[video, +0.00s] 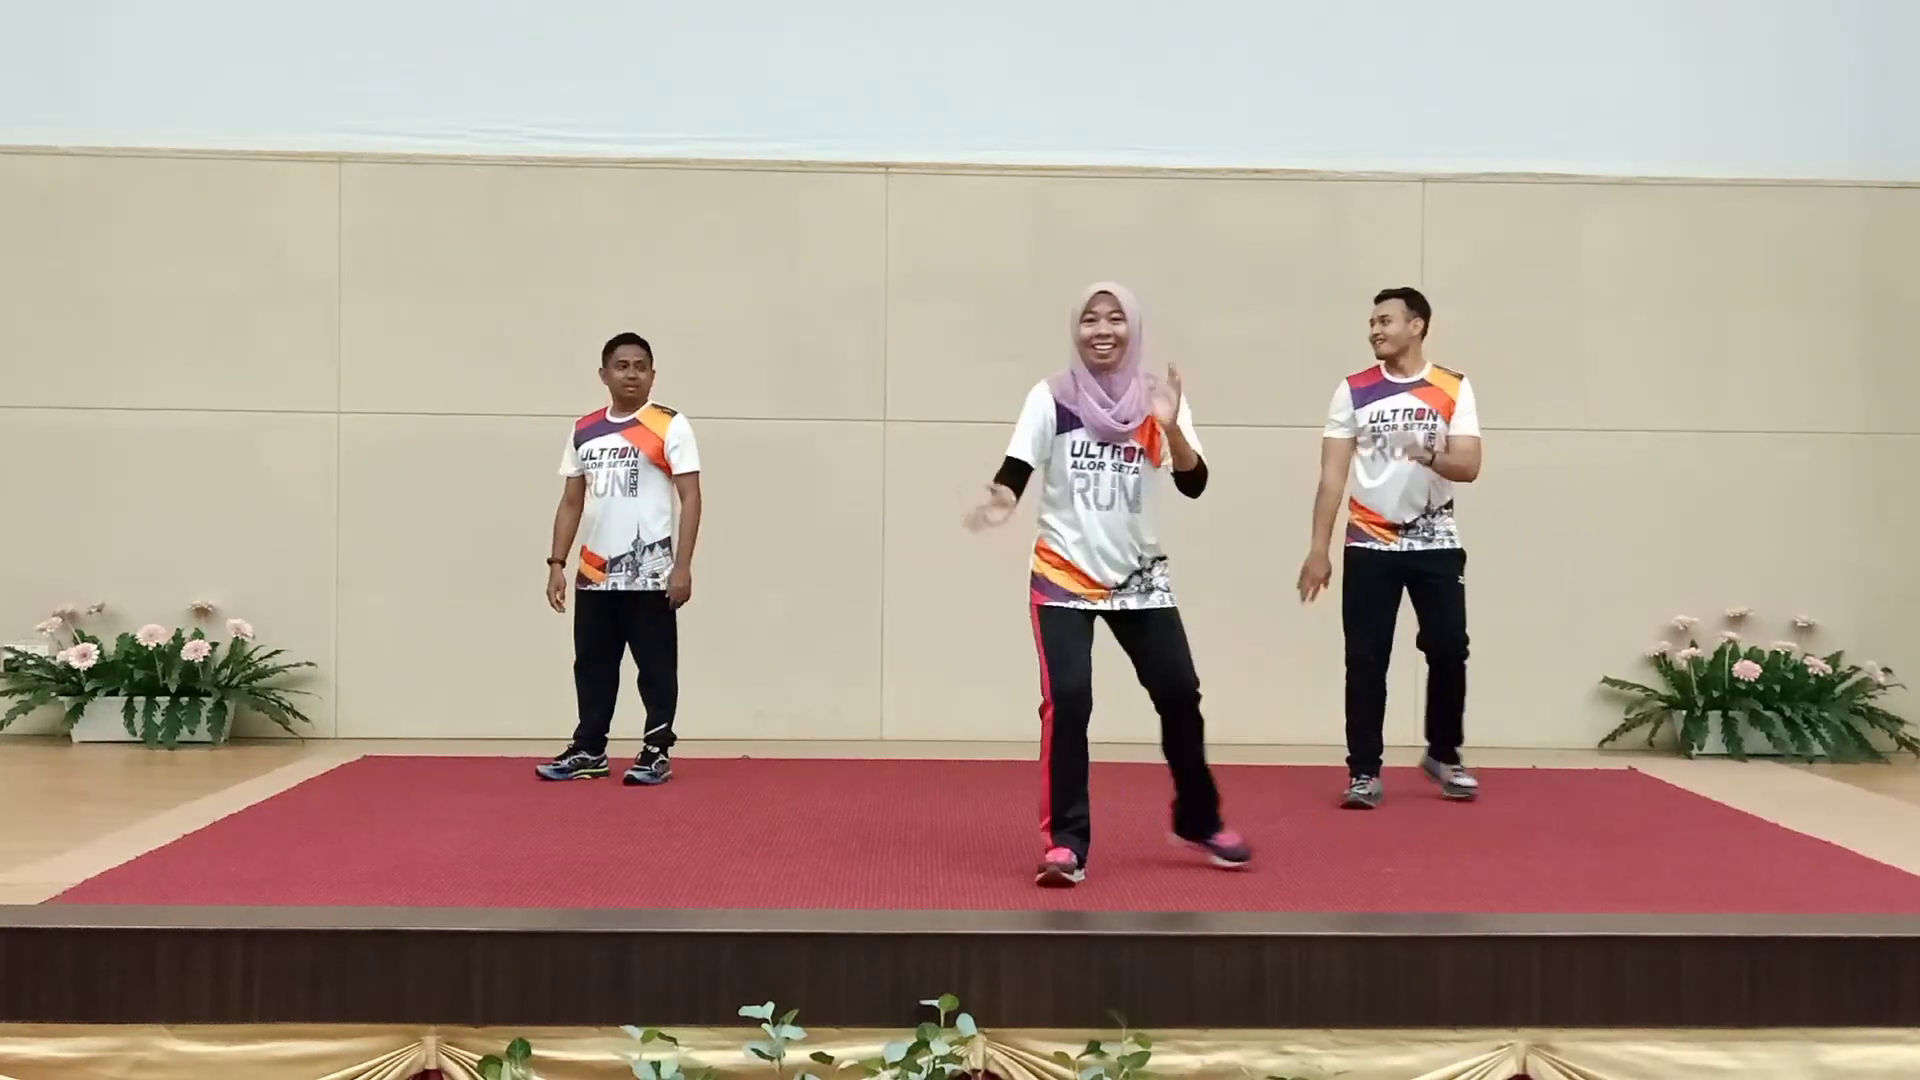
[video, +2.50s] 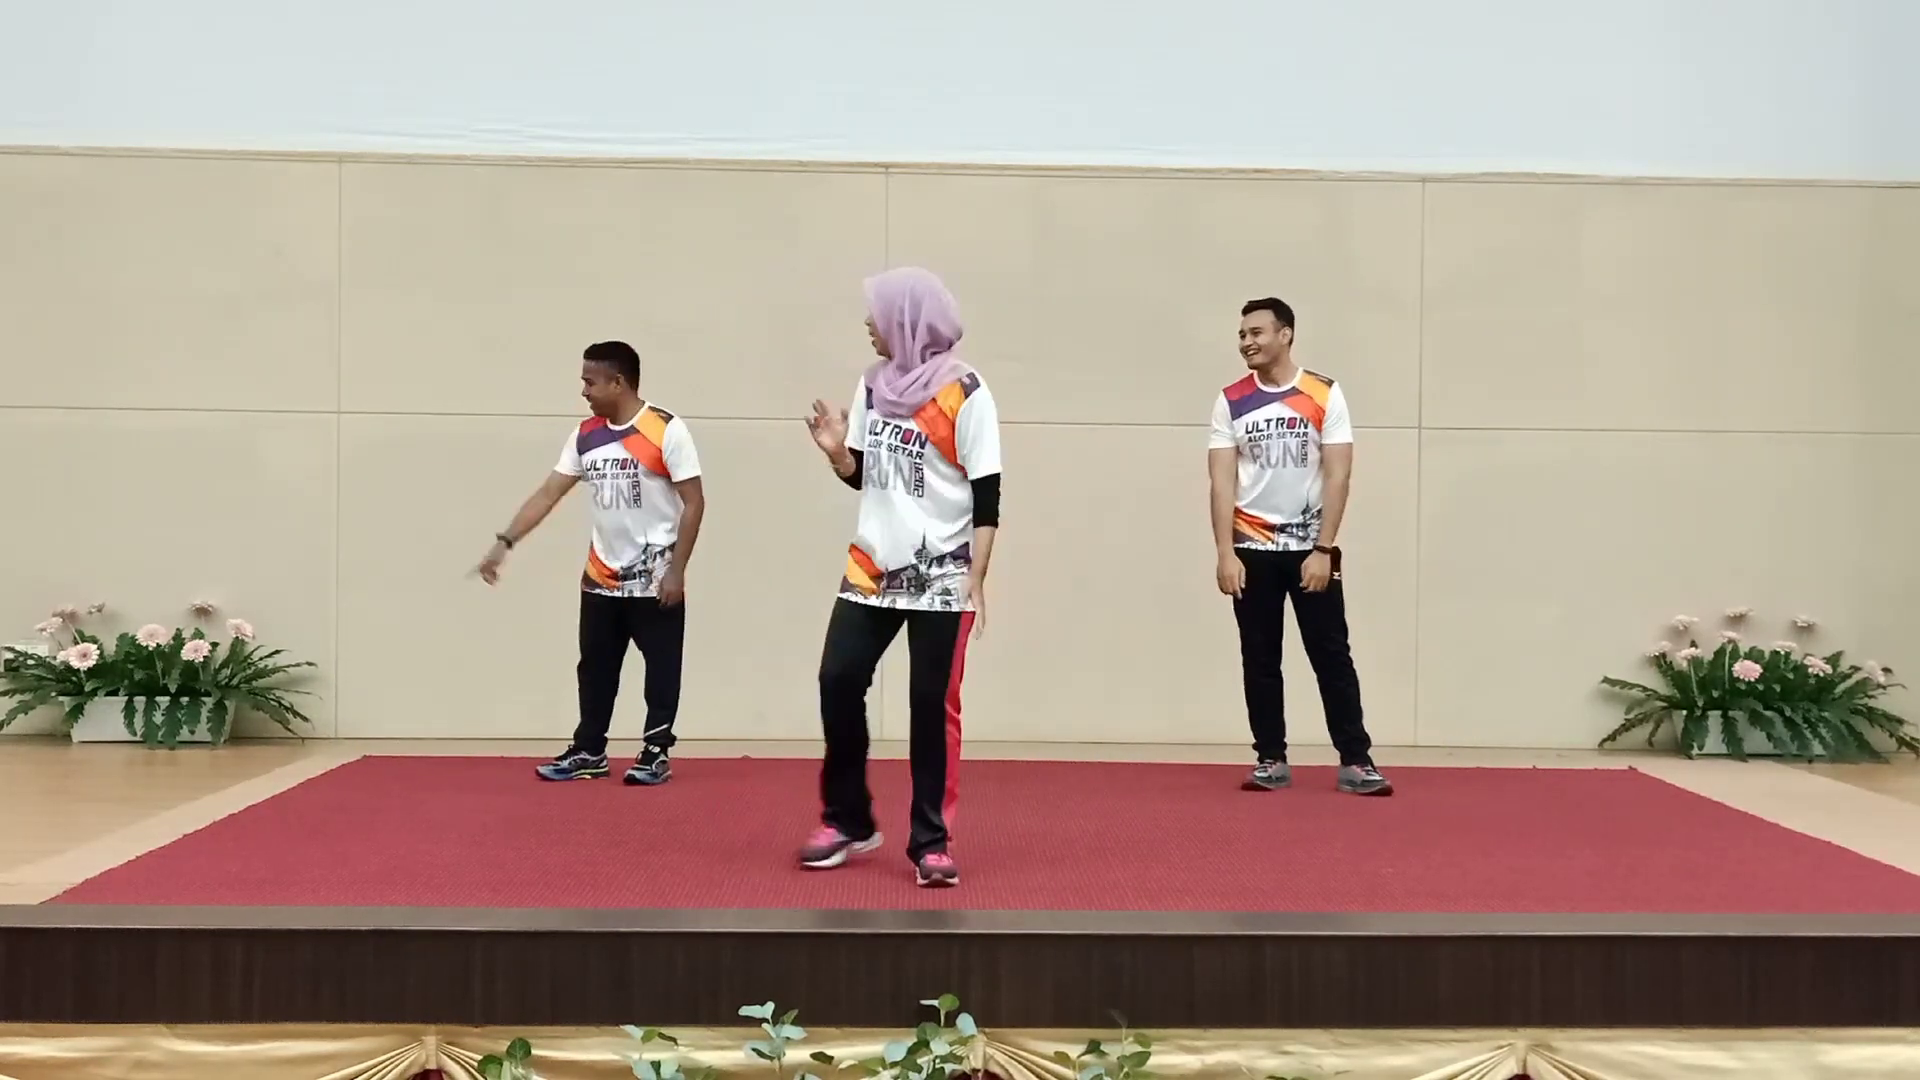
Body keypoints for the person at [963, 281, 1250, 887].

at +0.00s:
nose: (1102, 328)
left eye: (1114, 319)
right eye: (1091, 319)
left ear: (1133, 331)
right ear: (1076, 332)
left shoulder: (1158, 400)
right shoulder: (1052, 397)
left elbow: (1194, 486)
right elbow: (1017, 468)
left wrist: (1171, 429)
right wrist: (1002, 497)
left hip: (1138, 575)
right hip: (1064, 574)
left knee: (1180, 693)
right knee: (1068, 701)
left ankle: (1198, 822)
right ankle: (1065, 844)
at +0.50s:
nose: (980, 350)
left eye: (992, 340)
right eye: (970, 340)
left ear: (1012, 350)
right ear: (956, 348)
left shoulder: (1039, 419)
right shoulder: (930, 408)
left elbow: (1073, 493)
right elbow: (879, 478)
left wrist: (1088, 558)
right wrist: (934, 427)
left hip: (1011, 597)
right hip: (948, 588)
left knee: (995, 719)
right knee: (1008, 689)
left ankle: (924, 836)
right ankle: (1036, 842)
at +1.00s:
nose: (837, 330)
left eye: (847, 321)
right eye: (824, 321)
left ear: (861, 333)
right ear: (806, 332)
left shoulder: (871, 396)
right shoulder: (794, 394)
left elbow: (930, 439)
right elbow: (773, 479)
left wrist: (949, 392)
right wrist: (799, 520)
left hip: (868, 584)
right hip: (803, 586)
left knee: (915, 688)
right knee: (790, 704)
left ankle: (926, 831)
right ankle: (727, 833)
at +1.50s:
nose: (766, 361)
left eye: (771, 351)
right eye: (756, 350)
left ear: (770, 357)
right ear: (721, 352)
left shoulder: (757, 421)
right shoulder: (700, 424)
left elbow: (814, 483)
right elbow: (697, 521)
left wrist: (803, 418)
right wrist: (735, 593)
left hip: (809, 583)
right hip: (755, 590)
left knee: (890, 671)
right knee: (776, 709)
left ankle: (929, 821)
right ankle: (725, 838)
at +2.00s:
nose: (766, 321)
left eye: (777, 308)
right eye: (760, 312)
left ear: (813, 312)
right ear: (757, 322)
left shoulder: (861, 388)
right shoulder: (746, 389)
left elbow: (919, 449)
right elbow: (714, 475)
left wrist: (974, 448)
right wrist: (737, 465)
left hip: (849, 570)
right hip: (772, 572)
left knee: (895, 688)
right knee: (755, 702)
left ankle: (928, 829)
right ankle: (725, 834)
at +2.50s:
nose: (870, 329)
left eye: (879, 318)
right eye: (872, 318)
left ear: (910, 321)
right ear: (899, 322)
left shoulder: (967, 394)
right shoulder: (871, 387)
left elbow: (986, 489)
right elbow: (865, 480)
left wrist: (976, 575)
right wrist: (837, 452)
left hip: (944, 575)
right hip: (872, 570)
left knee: (931, 704)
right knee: (837, 682)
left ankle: (931, 843)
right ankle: (850, 822)